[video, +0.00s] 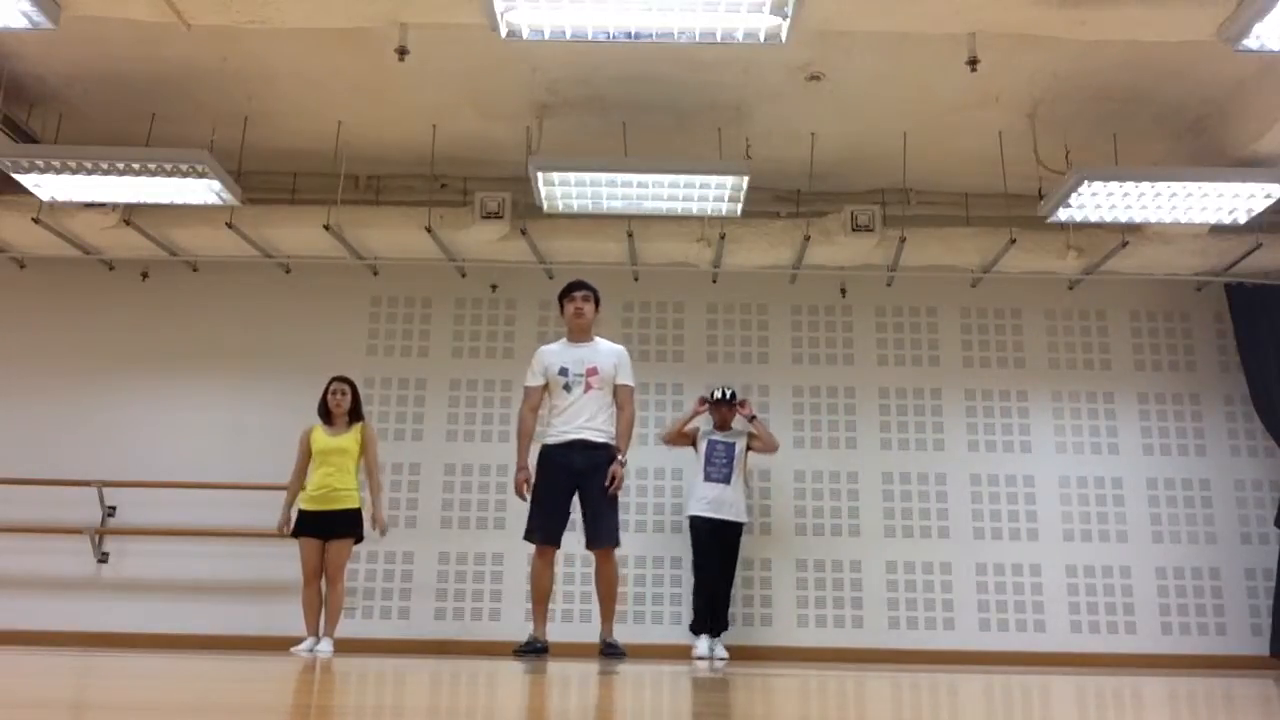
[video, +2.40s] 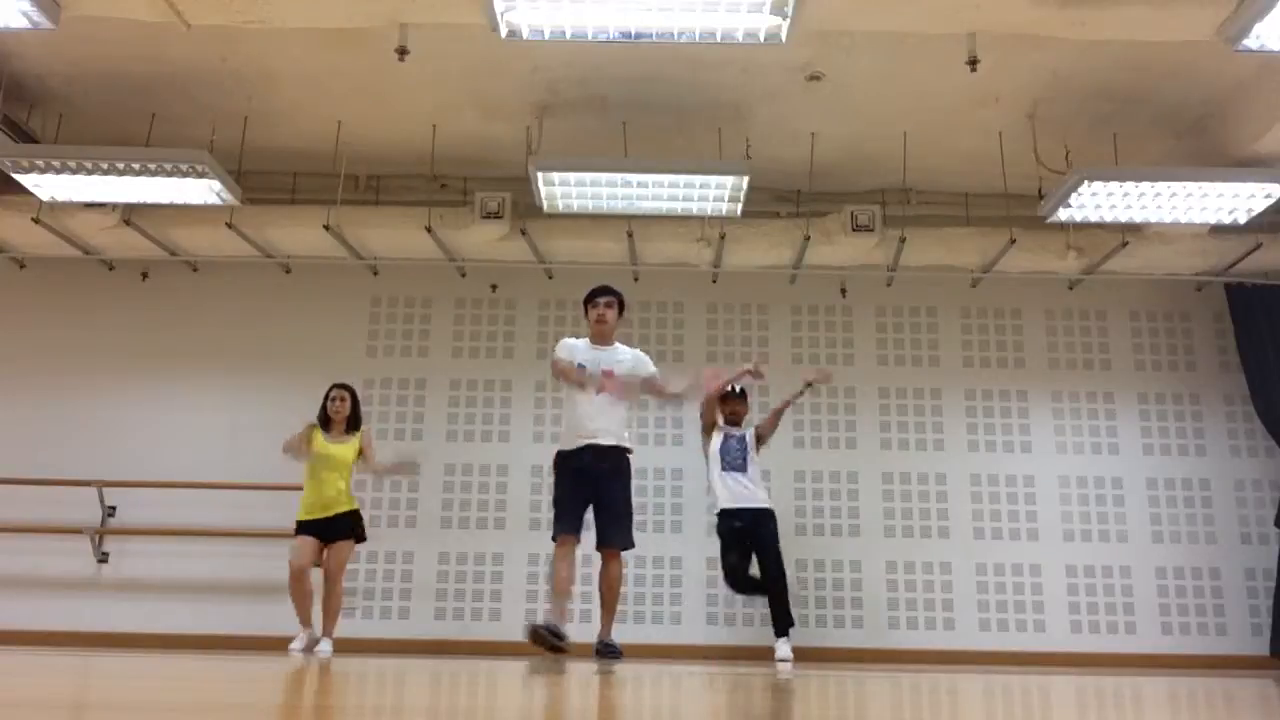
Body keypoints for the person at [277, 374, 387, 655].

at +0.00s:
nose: (337, 397)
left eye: (343, 393)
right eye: (333, 393)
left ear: (353, 399)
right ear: (325, 398)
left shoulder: (363, 431)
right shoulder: (311, 433)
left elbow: (373, 473)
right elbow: (298, 475)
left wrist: (377, 510)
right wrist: (286, 509)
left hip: (344, 509)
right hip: (310, 508)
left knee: (334, 576)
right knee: (310, 577)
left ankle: (328, 637)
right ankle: (311, 636)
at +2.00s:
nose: (336, 398)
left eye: (342, 394)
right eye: (332, 393)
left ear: (352, 399)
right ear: (325, 398)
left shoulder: (362, 431)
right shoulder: (309, 432)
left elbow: (366, 472)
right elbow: (299, 473)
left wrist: (360, 507)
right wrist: (291, 507)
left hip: (342, 508)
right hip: (309, 507)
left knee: (334, 576)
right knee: (311, 575)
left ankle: (327, 637)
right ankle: (311, 636)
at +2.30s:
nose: (337, 403)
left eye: (343, 399)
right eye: (333, 399)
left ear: (352, 405)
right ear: (325, 404)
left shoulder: (360, 437)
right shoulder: (309, 433)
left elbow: (364, 474)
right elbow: (293, 467)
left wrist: (369, 507)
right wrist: (299, 502)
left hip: (347, 512)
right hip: (315, 513)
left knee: (338, 578)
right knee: (316, 577)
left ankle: (328, 637)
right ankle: (314, 636)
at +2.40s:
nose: (337, 404)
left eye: (342, 400)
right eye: (333, 399)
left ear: (352, 406)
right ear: (325, 404)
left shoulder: (360, 435)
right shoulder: (313, 431)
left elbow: (374, 468)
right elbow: (290, 448)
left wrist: (397, 469)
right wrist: (298, 446)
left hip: (342, 513)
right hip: (311, 513)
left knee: (333, 576)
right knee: (297, 567)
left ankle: (326, 637)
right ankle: (306, 631)